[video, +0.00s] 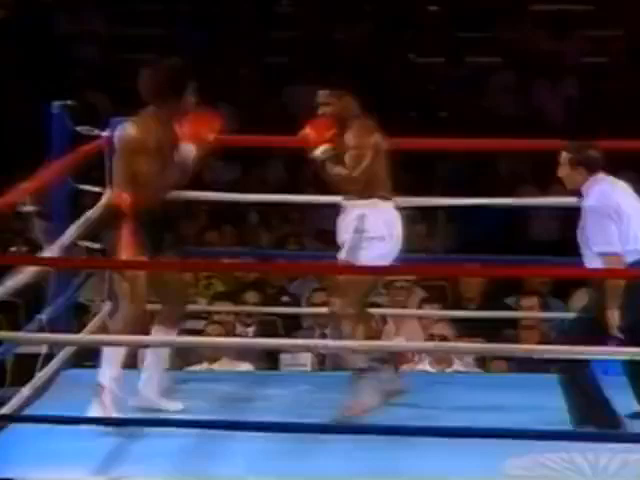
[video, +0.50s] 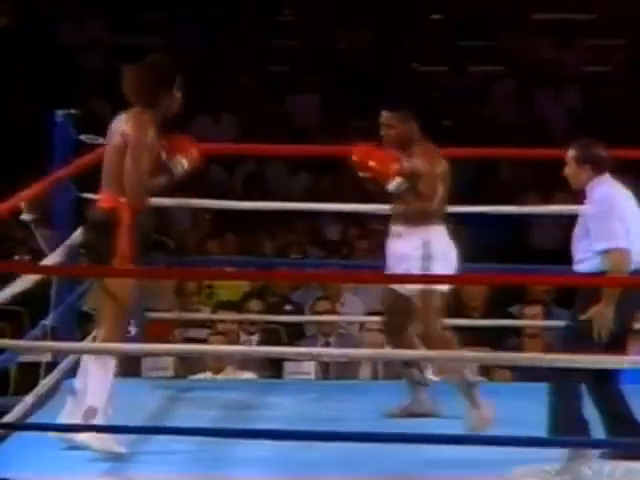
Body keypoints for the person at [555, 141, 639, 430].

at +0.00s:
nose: (559, 172)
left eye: (564, 166)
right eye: (560, 165)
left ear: (580, 169)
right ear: (588, 167)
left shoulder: (597, 201)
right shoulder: (618, 187)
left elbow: (614, 261)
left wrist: (613, 307)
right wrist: (593, 290)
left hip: (618, 287)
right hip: (632, 281)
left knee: (567, 346)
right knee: (632, 354)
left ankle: (601, 424)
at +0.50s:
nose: (565, 171)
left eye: (569, 164)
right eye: (566, 164)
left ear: (587, 167)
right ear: (591, 167)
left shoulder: (605, 195)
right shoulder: (604, 193)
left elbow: (618, 254)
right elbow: (615, 252)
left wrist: (608, 302)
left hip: (605, 293)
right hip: (607, 291)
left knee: (564, 360)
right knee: (598, 371)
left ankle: (576, 445)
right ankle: (627, 443)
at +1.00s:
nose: (574, 172)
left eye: (574, 166)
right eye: (573, 166)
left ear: (582, 166)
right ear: (611, 162)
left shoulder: (580, 204)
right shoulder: (635, 190)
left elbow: (574, 262)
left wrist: (566, 306)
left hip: (600, 295)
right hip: (636, 292)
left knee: (586, 378)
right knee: (629, 376)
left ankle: (593, 461)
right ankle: (633, 447)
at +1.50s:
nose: (565, 175)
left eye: (566, 170)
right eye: (566, 171)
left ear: (571, 171)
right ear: (606, 169)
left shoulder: (570, 207)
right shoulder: (634, 200)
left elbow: (561, 268)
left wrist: (551, 315)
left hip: (590, 296)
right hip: (633, 297)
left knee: (563, 380)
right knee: (633, 387)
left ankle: (567, 465)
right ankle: (637, 464)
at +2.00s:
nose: (470, 168)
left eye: (472, 161)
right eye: (470, 161)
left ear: (484, 161)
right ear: (514, 156)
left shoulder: (495, 193)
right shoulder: (544, 188)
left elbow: (491, 257)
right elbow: (566, 246)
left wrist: (481, 305)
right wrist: (560, 295)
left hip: (514, 283)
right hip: (547, 279)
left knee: (511, 375)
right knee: (522, 369)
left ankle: (535, 464)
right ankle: (523, 458)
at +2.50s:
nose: (374, 169)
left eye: (377, 163)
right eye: (375, 161)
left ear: (386, 165)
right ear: (416, 161)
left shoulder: (395, 200)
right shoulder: (442, 195)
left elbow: (391, 262)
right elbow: (460, 255)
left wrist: (368, 306)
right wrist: (449, 293)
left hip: (408, 291)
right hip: (440, 288)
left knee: (402, 384)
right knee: (414, 382)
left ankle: (471, 453)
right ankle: (406, 465)